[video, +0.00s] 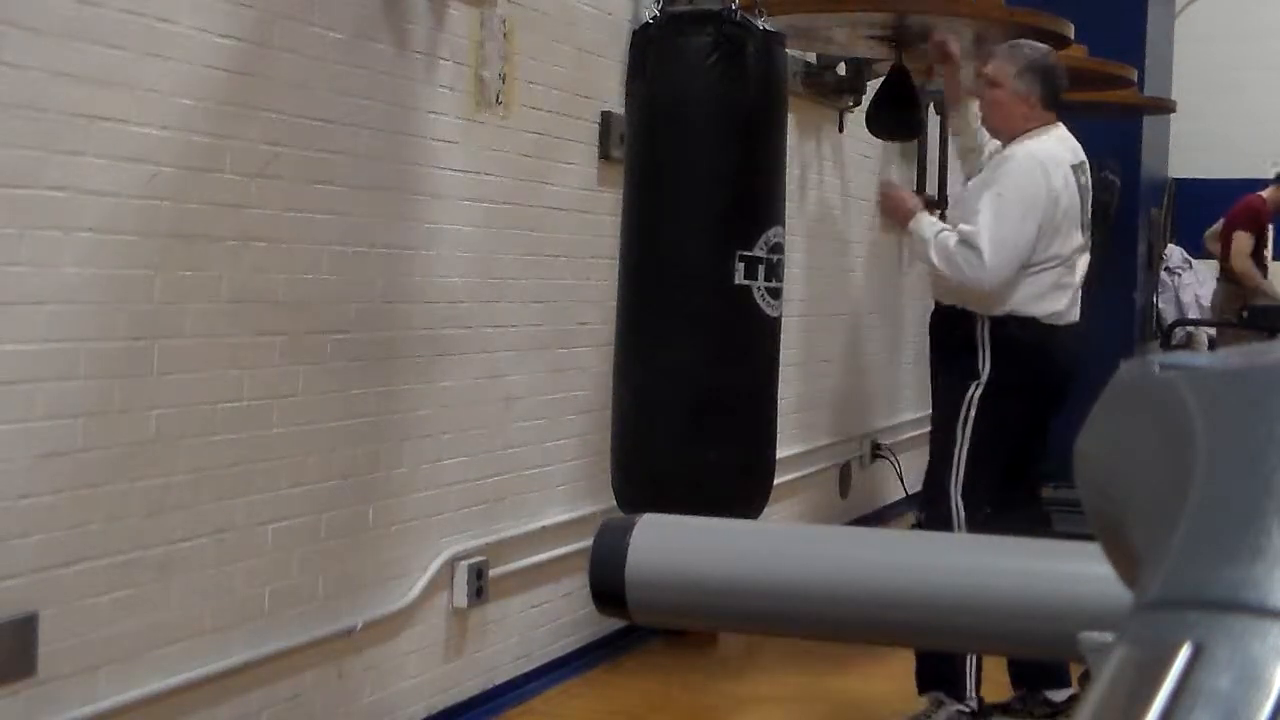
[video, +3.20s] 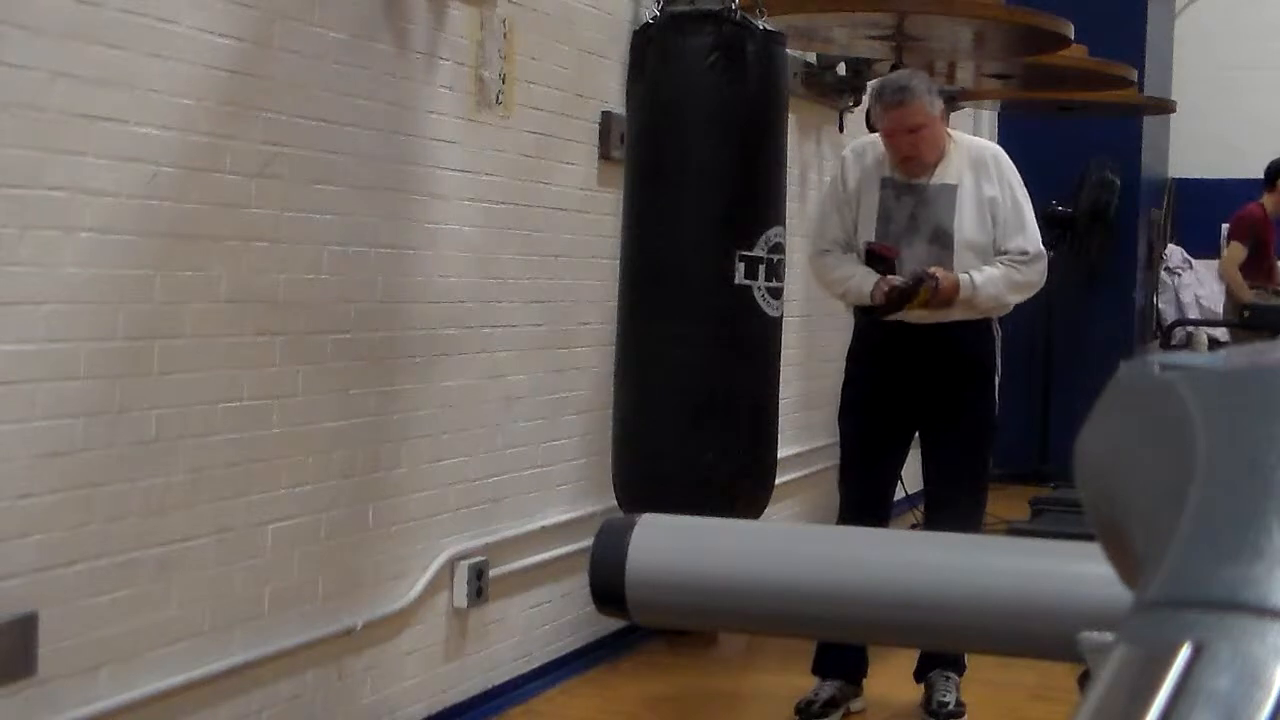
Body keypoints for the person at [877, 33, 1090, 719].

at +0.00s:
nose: (979, 99)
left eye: (991, 87)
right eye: (980, 86)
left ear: (1030, 97)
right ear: (1032, 98)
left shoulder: (1027, 165)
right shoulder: (1058, 149)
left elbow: (982, 268)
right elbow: (978, 177)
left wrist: (917, 221)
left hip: (999, 344)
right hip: (1039, 341)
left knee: (951, 503)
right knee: (1017, 502)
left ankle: (951, 693)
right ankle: (1044, 682)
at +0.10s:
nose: (978, 100)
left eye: (991, 89)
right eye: (978, 88)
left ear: (1029, 99)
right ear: (1018, 99)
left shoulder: (1032, 164)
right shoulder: (1032, 153)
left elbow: (989, 272)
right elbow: (965, 208)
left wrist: (918, 219)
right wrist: (928, 143)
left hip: (1000, 348)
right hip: (1015, 343)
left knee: (954, 511)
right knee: (1011, 509)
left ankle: (950, 691)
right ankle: (1044, 683)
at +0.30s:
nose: (968, 100)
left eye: (984, 90)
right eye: (964, 89)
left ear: (1020, 102)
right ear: (959, 98)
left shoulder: (1034, 171)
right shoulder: (974, 164)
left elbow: (1016, 279)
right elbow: (958, 249)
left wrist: (920, 252)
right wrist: (905, 243)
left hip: (1007, 356)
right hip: (965, 351)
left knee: (959, 518)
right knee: (993, 518)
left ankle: (954, 691)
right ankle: (1042, 684)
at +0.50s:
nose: (952, 106)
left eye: (969, 94)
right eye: (944, 94)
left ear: (1004, 104)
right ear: (937, 103)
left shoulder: (1026, 174)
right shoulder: (926, 167)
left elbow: (1038, 284)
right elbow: (901, 254)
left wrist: (933, 271)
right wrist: (875, 264)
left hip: (988, 364)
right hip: (925, 359)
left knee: (967, 523)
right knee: (910, 513)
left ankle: (958, 691)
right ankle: (1000, 651)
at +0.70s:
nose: (946, 99)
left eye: (961, 88)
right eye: (936, 88)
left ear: (991, 101)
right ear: (922, 98)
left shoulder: (1015, 169)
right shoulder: (896, 164)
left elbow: (1041, 276)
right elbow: (845, 261)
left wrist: (945, 261)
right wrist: (862, 253)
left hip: (971, 358)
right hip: (897, 353)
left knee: (957, 522)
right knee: (861, 508)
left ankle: (957, 689)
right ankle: (893, 663)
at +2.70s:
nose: (896, 153)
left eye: (907, 139)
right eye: (883, 142)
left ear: (935, 125)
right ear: (869, 133)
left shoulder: (983, 162)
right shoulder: (851, 167)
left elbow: (1038, 254)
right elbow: (825, 258)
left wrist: (963, 275)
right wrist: (873, 291)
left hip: (967, 354)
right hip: (881, 352)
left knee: (959, 515)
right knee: (861, 511)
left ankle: (943, 667)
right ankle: (839, 673)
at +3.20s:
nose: (902, 146)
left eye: (913, 132)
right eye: (890, 134)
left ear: (942, 120)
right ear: (876, 128)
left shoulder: (989, 164)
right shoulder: (856, 164)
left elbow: (1030, 266)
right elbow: (824, 256)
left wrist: (961, 288)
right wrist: (870, 287)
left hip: (963, 356)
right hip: (878, 352)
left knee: (956, 516)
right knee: (859, 511)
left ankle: (943, 669)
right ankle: (839, 672)